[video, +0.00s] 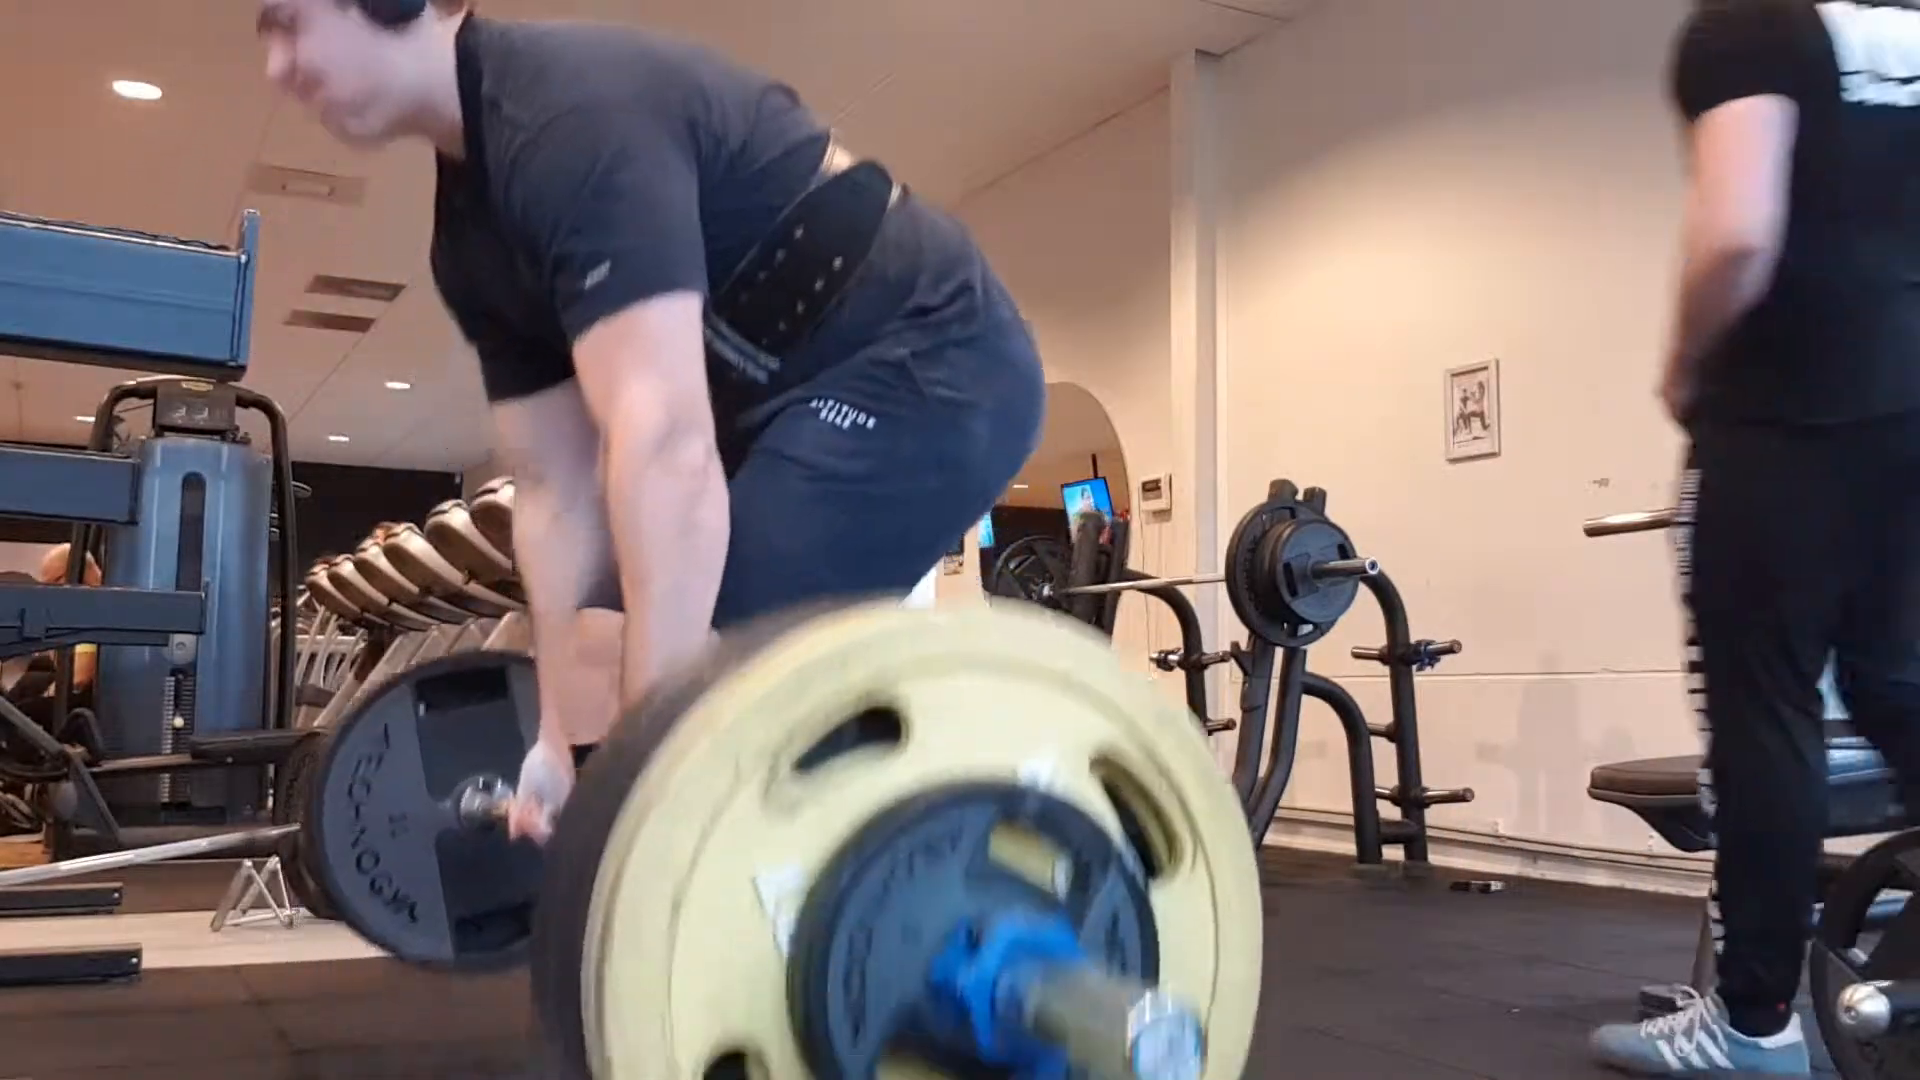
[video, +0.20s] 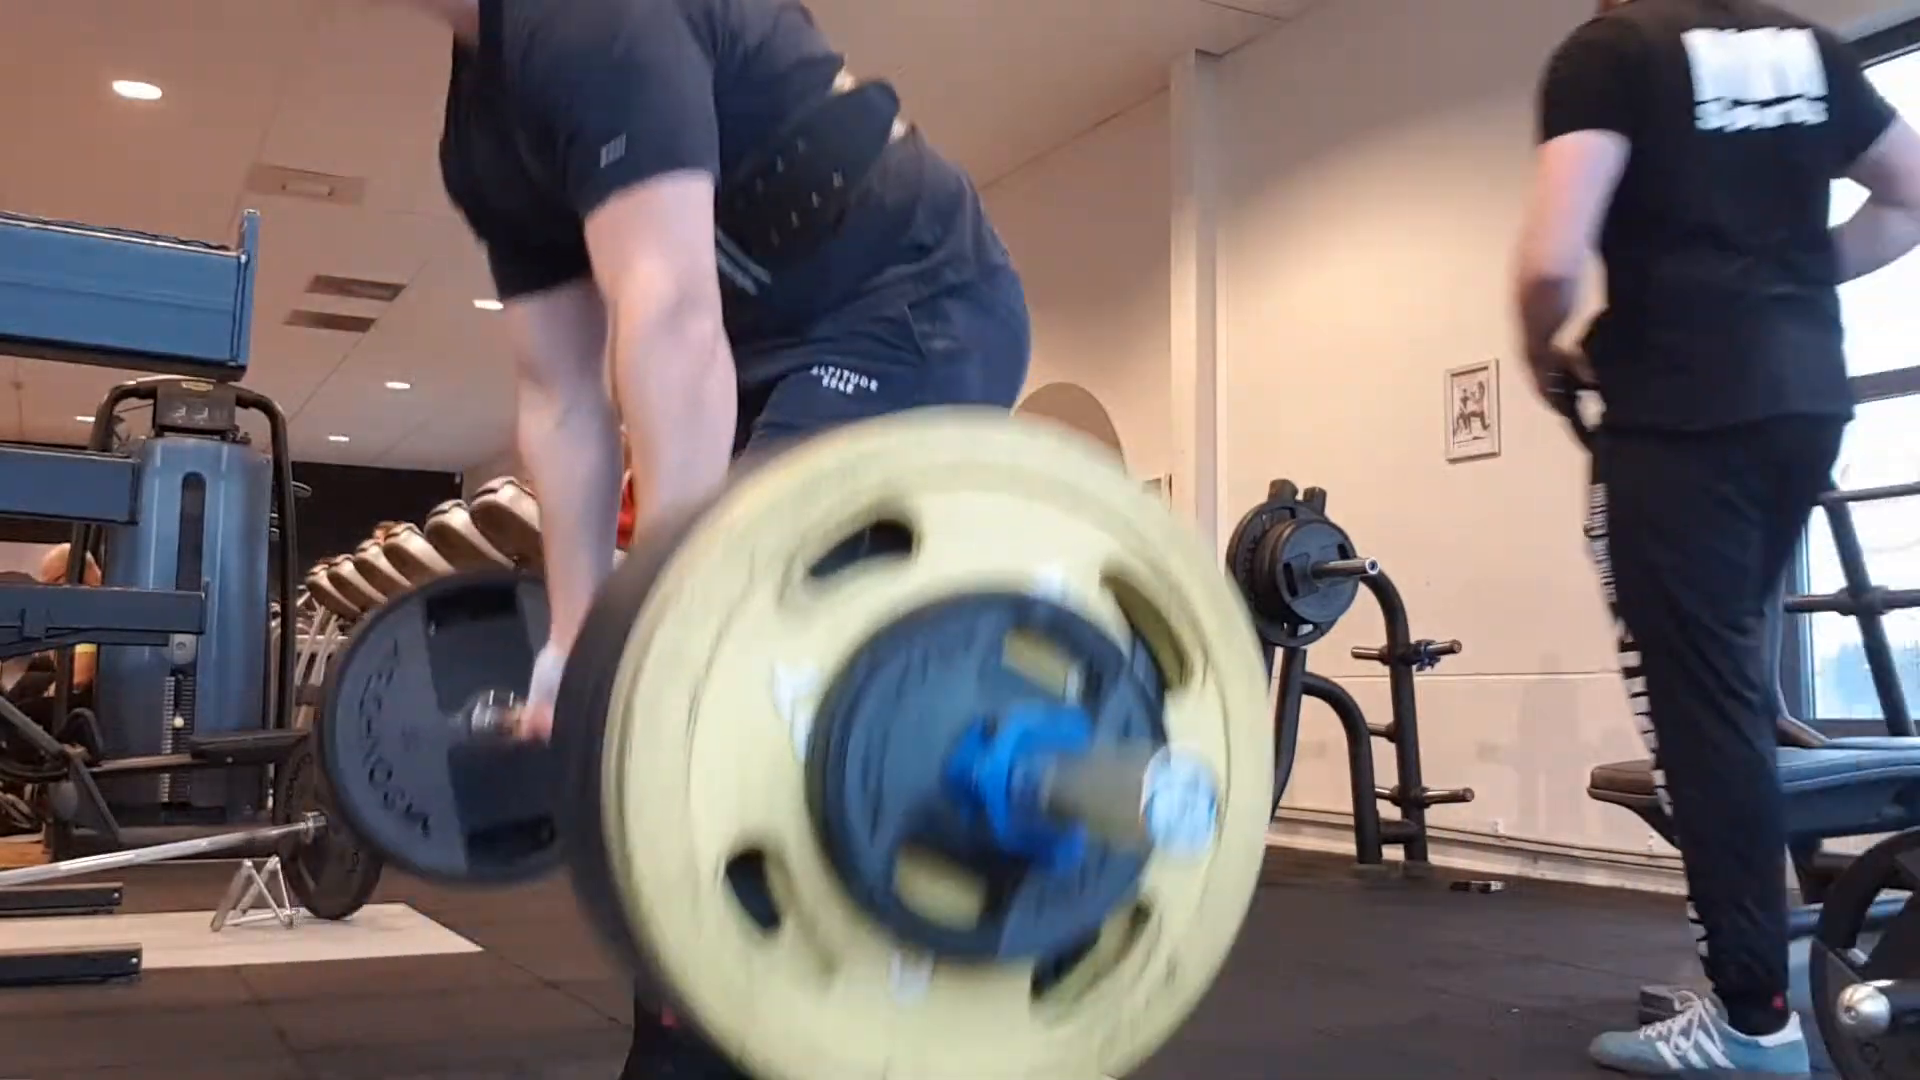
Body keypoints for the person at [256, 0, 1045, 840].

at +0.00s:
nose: (276, 68)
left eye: (289, 23)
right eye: (268, 37)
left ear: (405, 2)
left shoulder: (581, 116)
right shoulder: (470, 221)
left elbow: (667, 446)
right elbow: (549, 483)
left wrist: (670, 756)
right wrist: (561, 735)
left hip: (915, 364)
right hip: (787, 403)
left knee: (722, 694)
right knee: (592, 645)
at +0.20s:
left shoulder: (592, 21)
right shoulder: (483, 120)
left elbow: (676, 320)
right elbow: (559, 386)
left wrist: (678, 617)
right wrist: (570, 640)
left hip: (904, 319)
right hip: (765, 354)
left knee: (752, 672)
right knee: (683, 684)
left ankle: (708, 1033)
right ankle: (687, 1028)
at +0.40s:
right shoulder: (506, 22)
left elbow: (693, 177)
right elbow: (570, 251)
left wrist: (708, 509)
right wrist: (587, 511)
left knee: (724, 693)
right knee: (680, 696)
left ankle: (712, 1049)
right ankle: (690, 1045)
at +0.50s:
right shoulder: (531, 17)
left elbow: (710, 98)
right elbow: (582, 199)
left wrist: (748, 405)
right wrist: (587, 467)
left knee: (688, 661)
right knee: (649, 653)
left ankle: (712, 1053)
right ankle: (679, 1042)